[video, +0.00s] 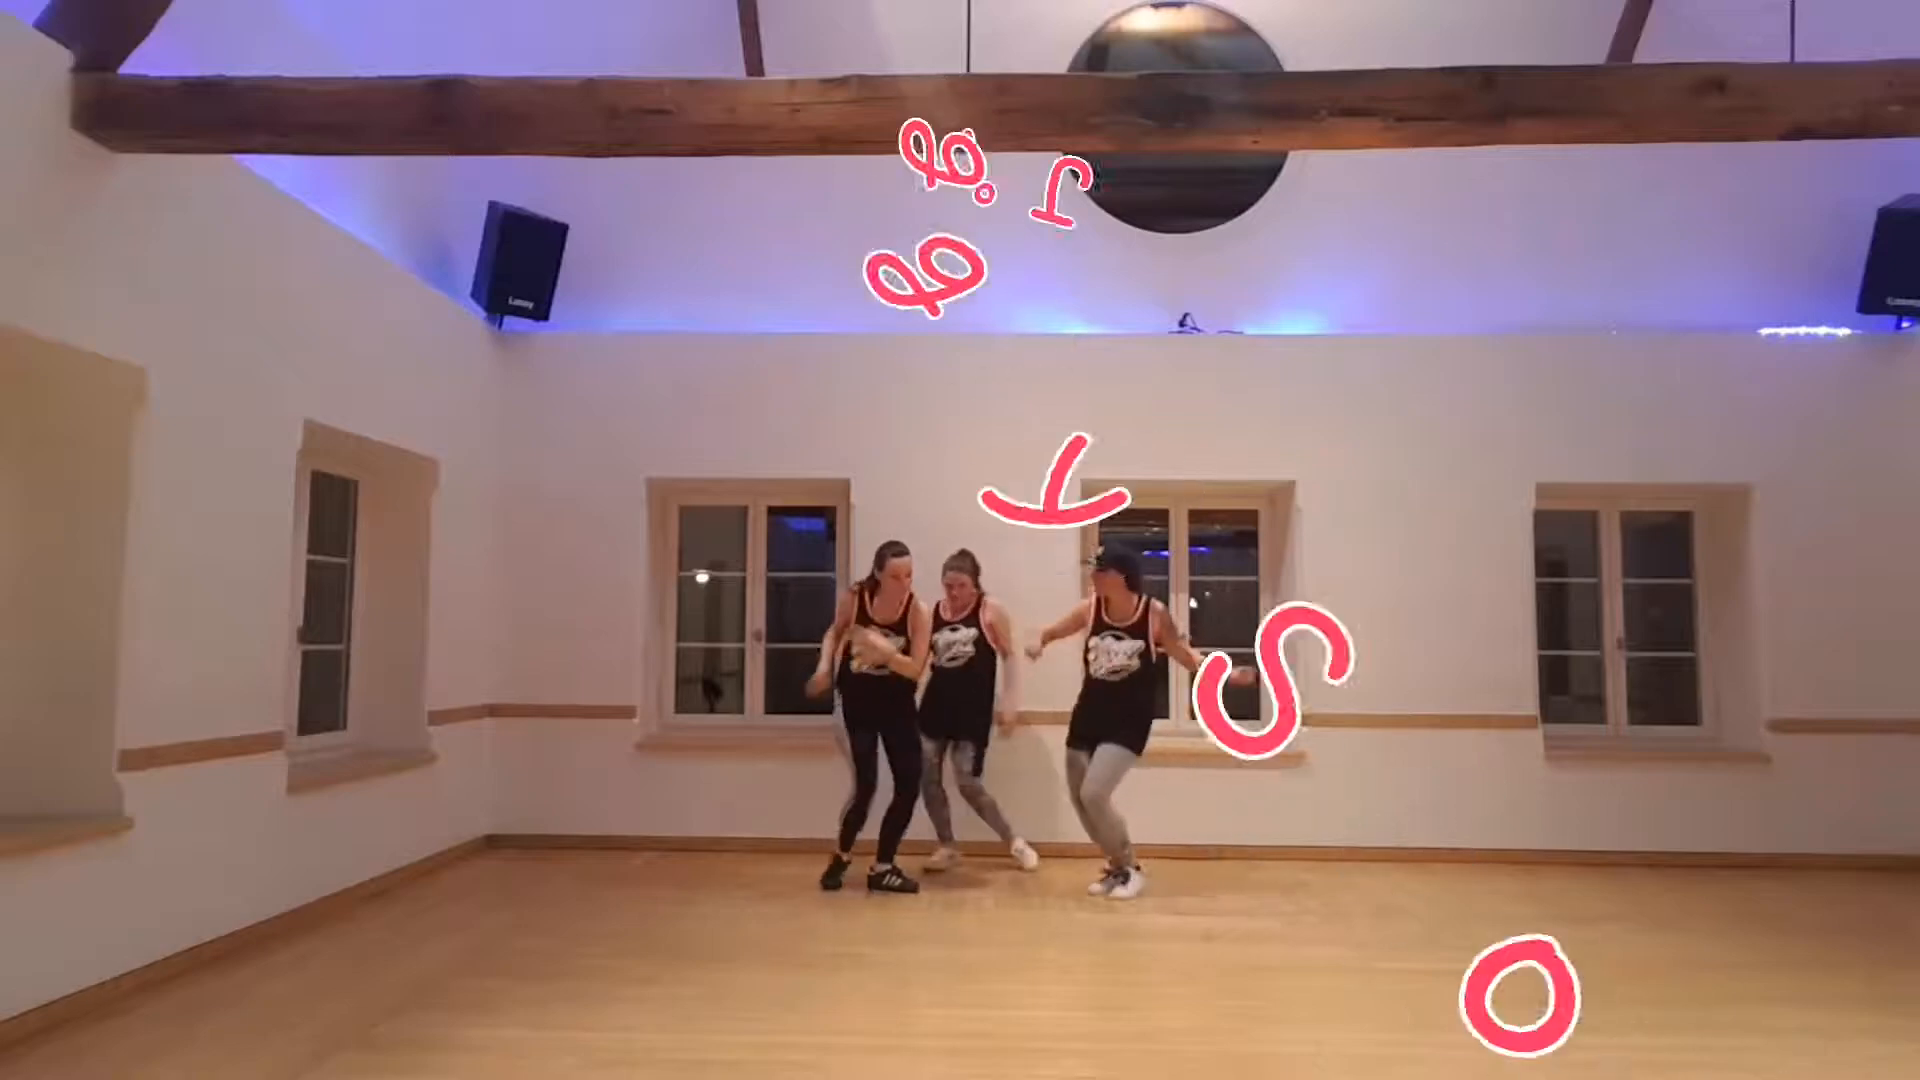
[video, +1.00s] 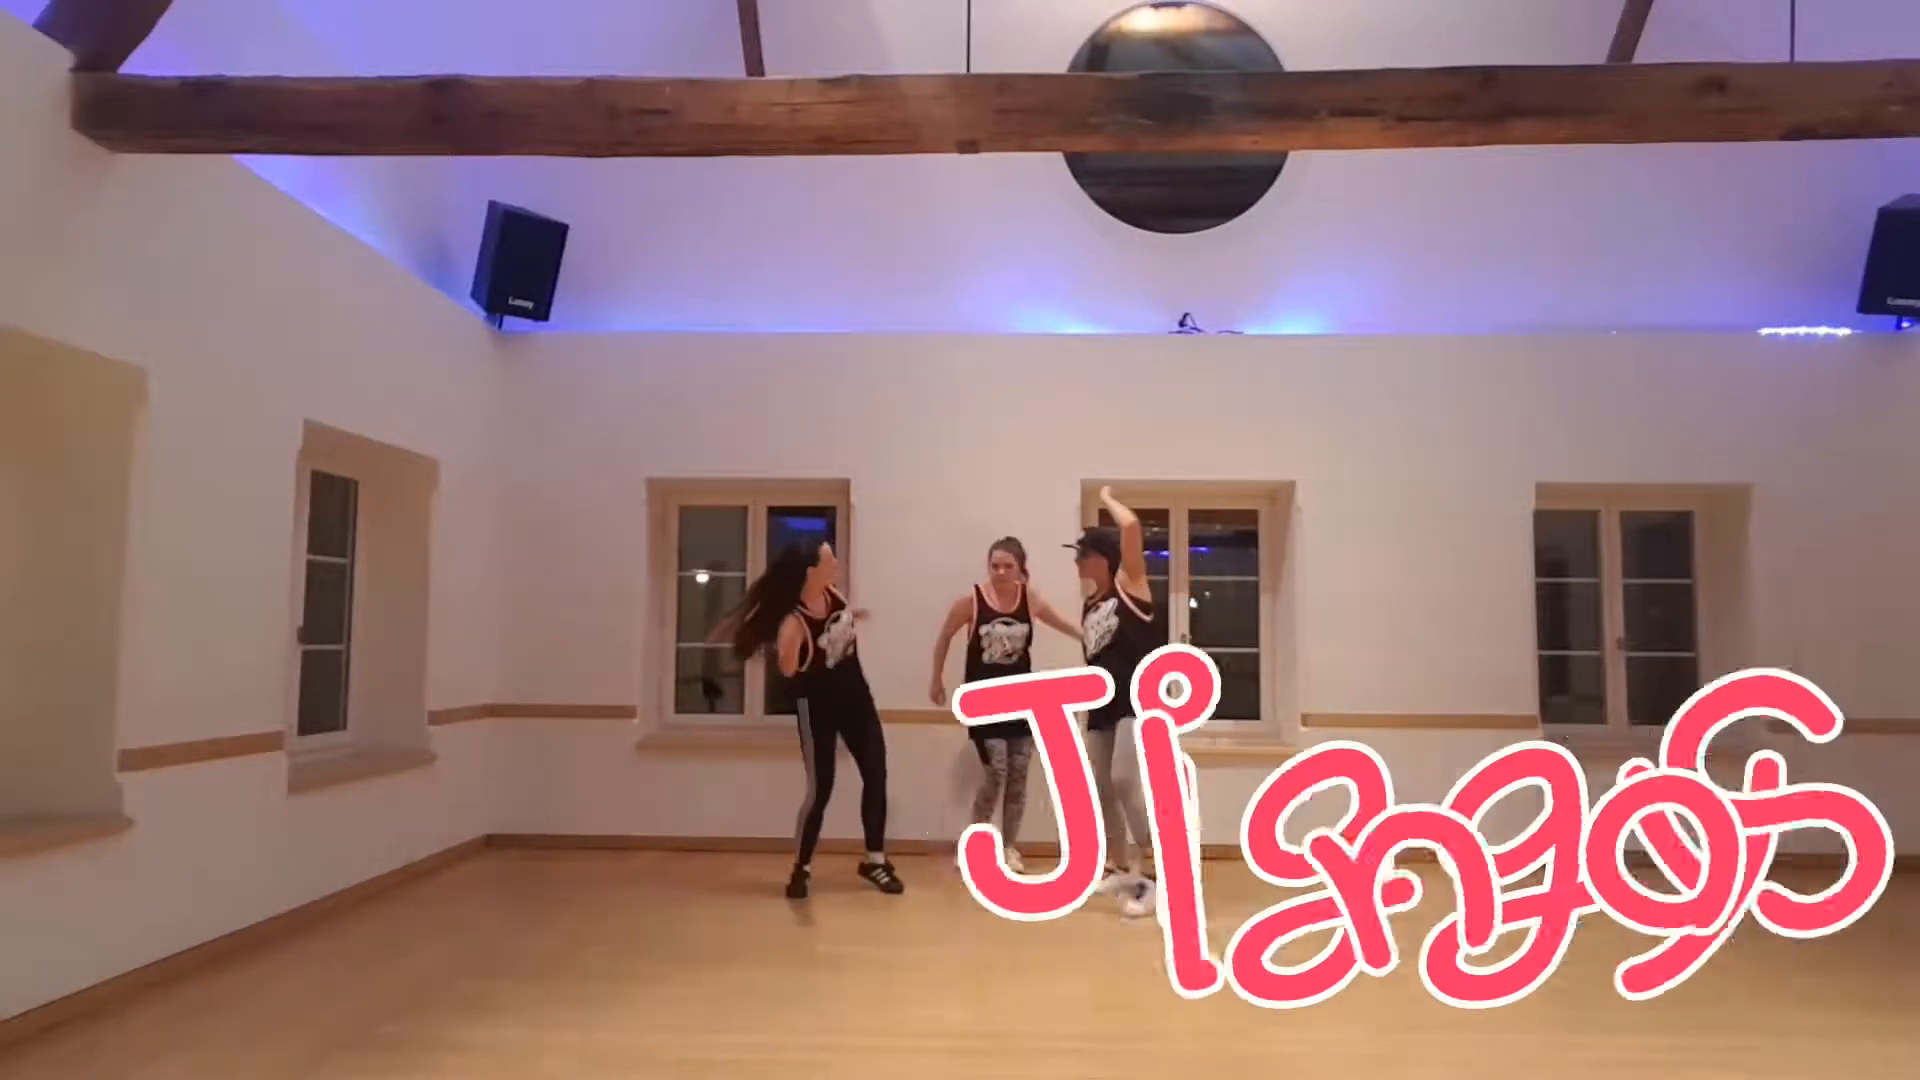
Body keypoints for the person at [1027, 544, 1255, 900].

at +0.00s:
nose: (1095, 576)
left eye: (1102, 571)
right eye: (1095, 570)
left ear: (1124, 577)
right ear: (1099, 577)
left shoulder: (1155, 617)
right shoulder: (1091, 609)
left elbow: (1189, 659)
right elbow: (1051, 633)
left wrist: (1228, 675)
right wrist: (1038, 642)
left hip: (1128, 720)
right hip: (1087, 715)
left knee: (1093, 793)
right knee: (1079, 795)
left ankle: (1127, 869)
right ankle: (1117, 867)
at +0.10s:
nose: (1092, 574)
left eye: (1098, 569)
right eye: (1092, 569)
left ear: (1118, 574)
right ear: (1101, 575)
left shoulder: (1153, 608)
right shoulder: (1089, 606)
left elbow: (1186, 643)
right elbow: (1038, 630)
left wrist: (1235, 644)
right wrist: (1029, 619)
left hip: (1128, 715)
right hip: (1087, 712)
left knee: (1089, 787)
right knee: (1080, 794)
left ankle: (1125, 863)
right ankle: (1115, 865)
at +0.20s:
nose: (1088, 564)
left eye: (1094, 558)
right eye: (1087, 559)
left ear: (1114, 561)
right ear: (1094, 564)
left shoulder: (1149, 592)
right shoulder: (1084, 592)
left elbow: (1196, 613)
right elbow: (1027, 606)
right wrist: (1010, 578)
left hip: (1131, 703)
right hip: (1091, 702)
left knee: (1092, 770)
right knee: (1084, 780)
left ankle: (1125, 856)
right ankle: (1115, 862)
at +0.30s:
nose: (1083, 557)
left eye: (1088, 550)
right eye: (1082, 551)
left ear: (1107, 550)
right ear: (1092, 554)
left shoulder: (1146, 580)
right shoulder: (1083, 585)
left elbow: (1194, 586)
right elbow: (1028, 596)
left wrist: (1204, 546)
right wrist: (997, 563)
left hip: (1136, 696)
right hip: (1094, 698)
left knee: (1107, 764)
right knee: (1095, 784)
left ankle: (1118, 865)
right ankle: (1115, 867)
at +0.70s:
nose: (1075, 580)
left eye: (1079, 572)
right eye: (1073, 574)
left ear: (1101, 570)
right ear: (1086, 575)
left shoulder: (1139, 589)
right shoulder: (1080, 613)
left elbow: (1183, 551)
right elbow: (1042, 645)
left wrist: (1144, 543)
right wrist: (1003, 616)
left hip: (1143, 713)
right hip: (1096, 716)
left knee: (1139, 789)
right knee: (1097, 798)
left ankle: (1130, 869)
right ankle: (1116, 865)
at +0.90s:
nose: (1073, 564)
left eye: (1077, 557)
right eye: (1072, 558)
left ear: (1098, 558)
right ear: (1087, 560)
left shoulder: (1130, 577)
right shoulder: (1083, 608)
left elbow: (1151, 522)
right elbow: (1071, 664)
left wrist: (1119, 506)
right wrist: (1026, 655)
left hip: (1144, 697)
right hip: (1105, 704)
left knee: (1127, 772)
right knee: (1105, 788)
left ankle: (1139, 868)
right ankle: (1118, 869)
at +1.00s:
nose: (1079, 567)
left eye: (1085, 559)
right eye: (1079, 560)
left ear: (1106, 559)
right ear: (1090, 563)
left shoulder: (1131, 584)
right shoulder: (1092, 607)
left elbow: (1130, 525)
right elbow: (1092, 658)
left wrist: (1107, 497)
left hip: (1134, 706)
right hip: (1099, 709)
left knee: (1125, 781)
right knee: (1101, 788)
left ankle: (1152, 873)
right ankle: (1119, 869)